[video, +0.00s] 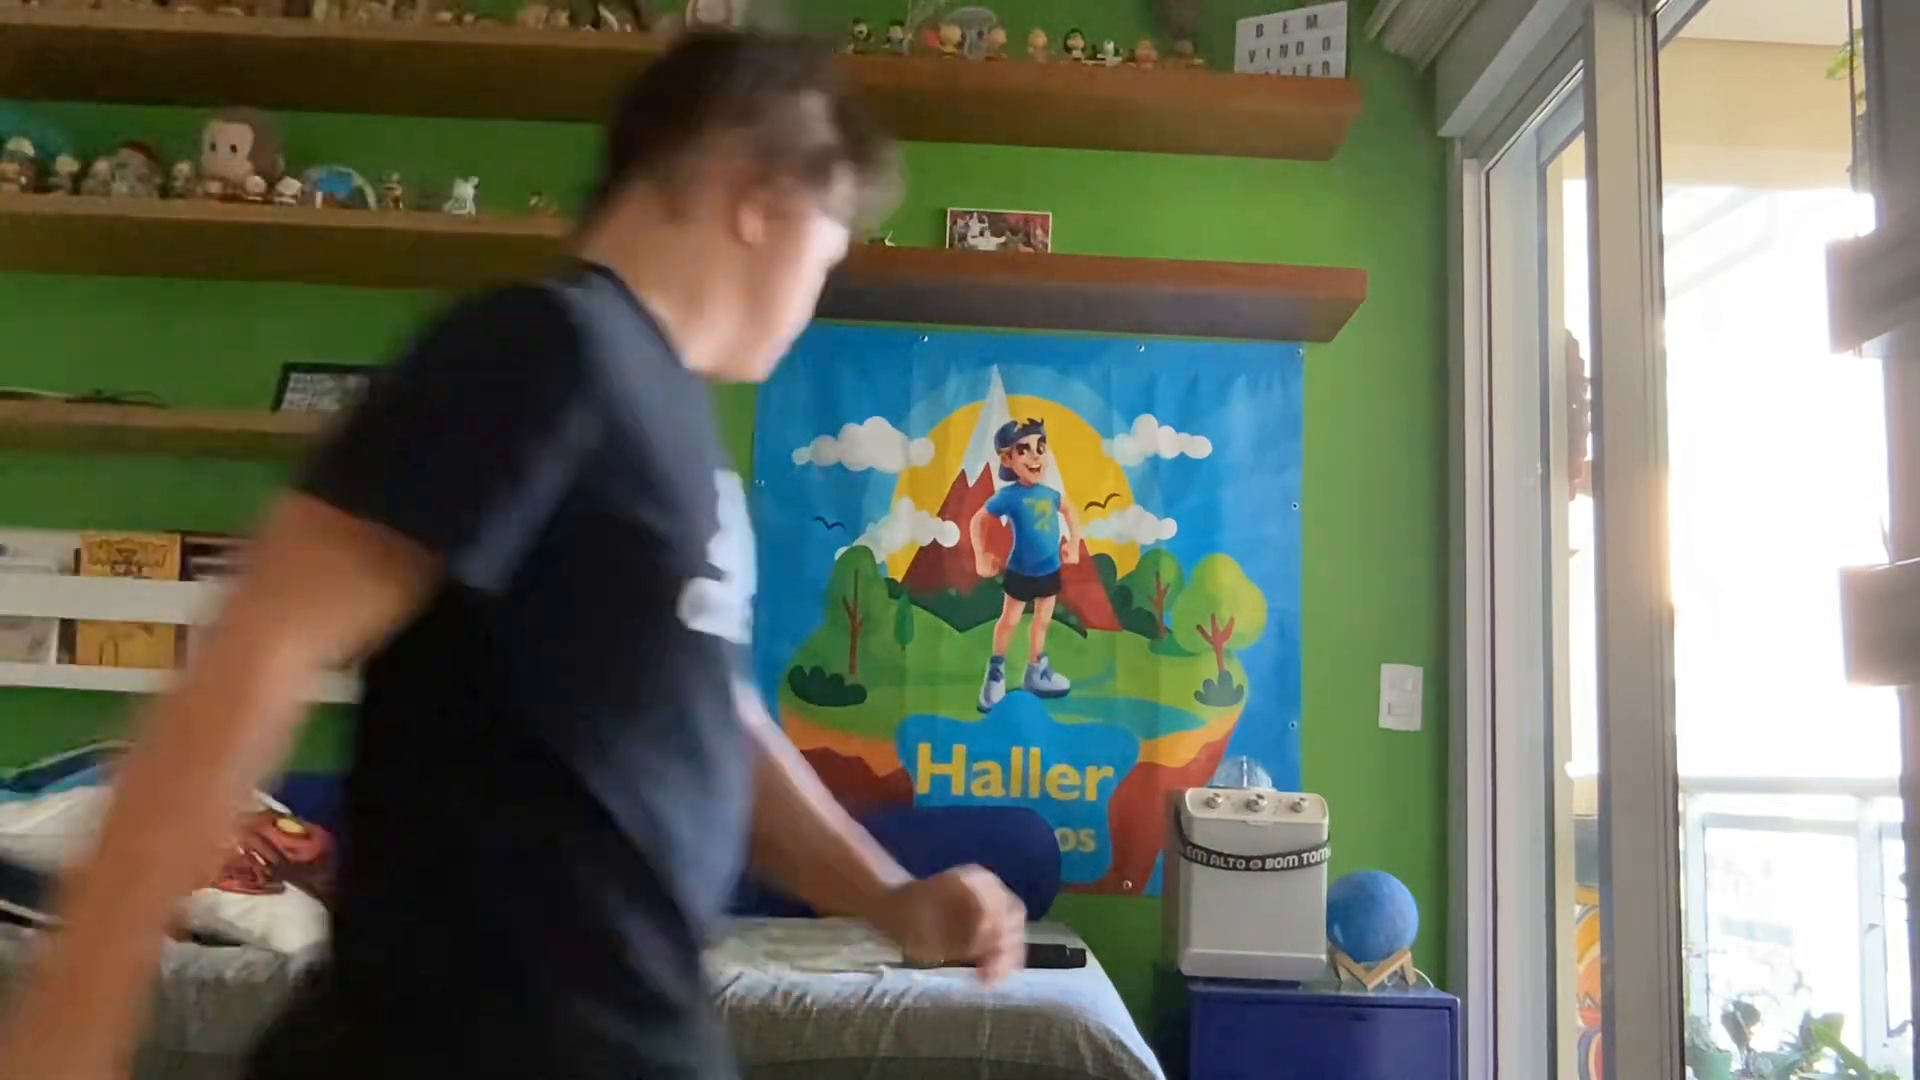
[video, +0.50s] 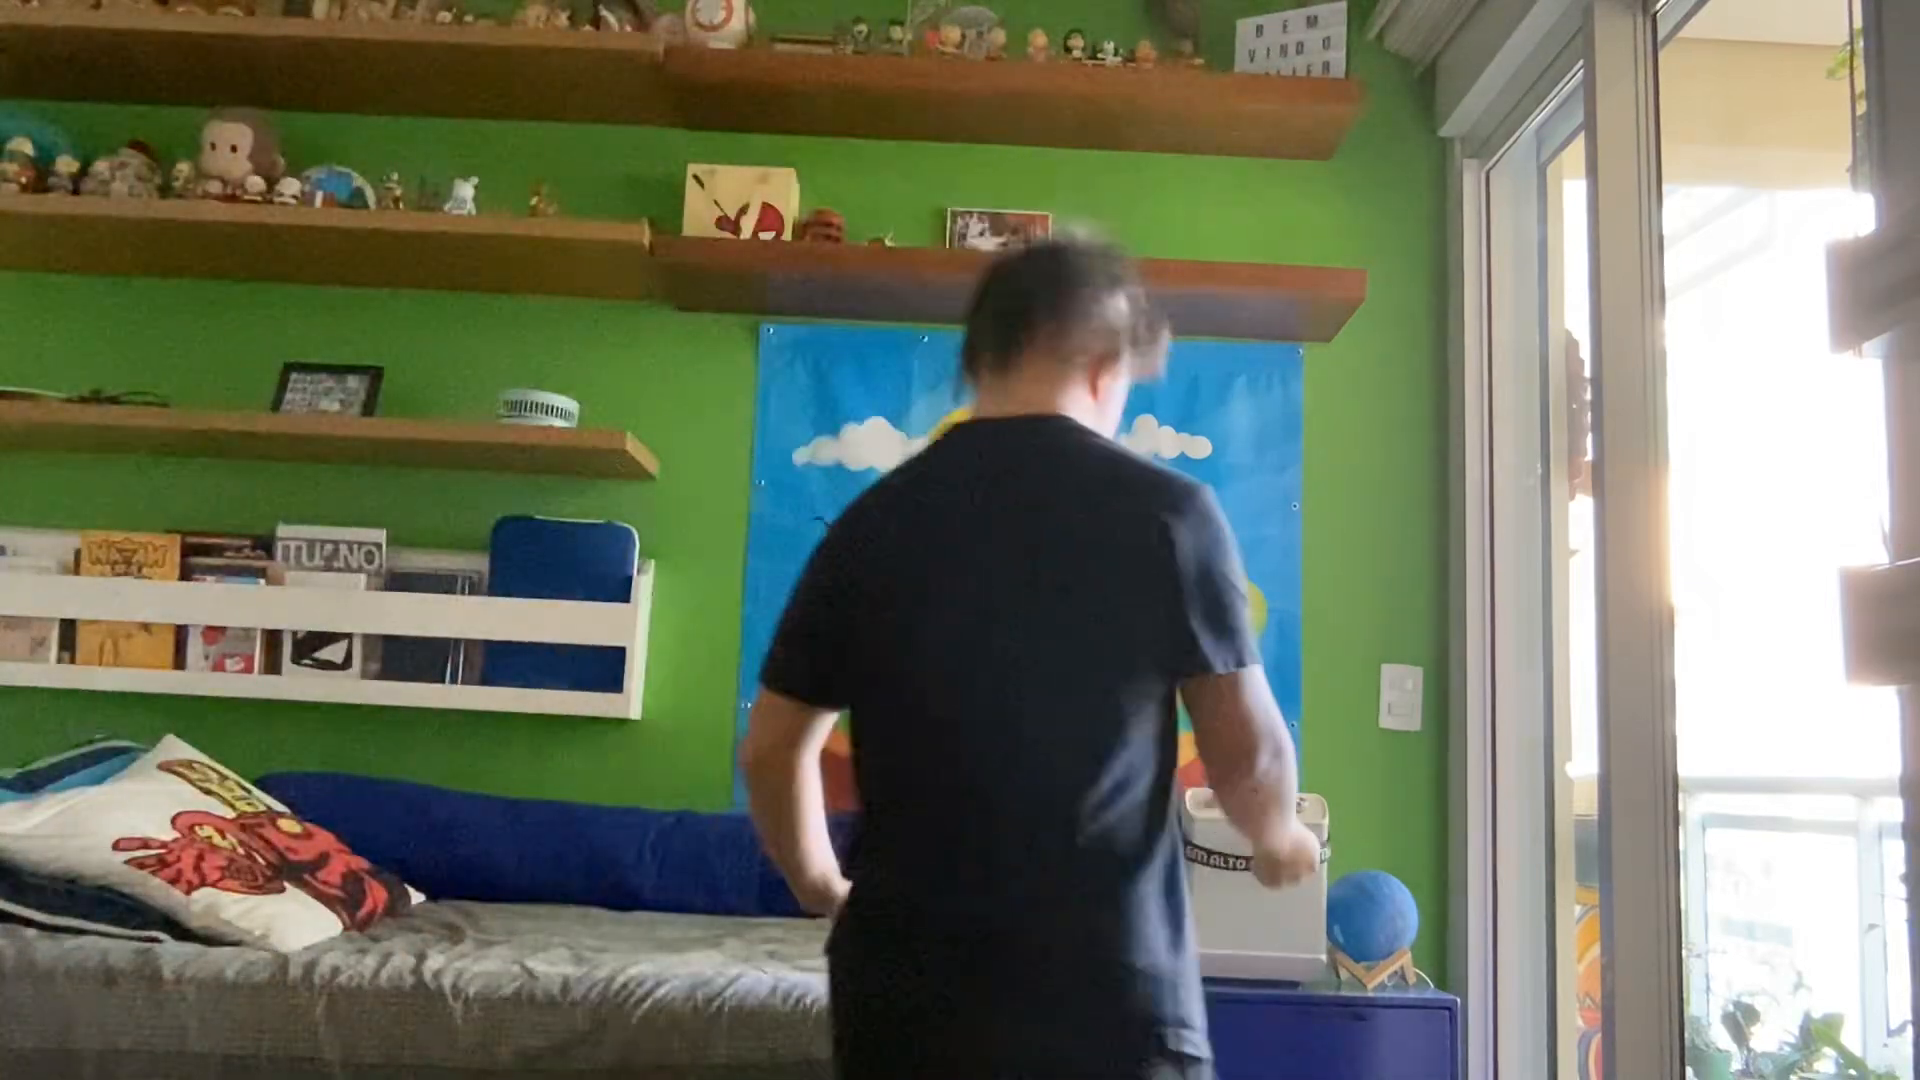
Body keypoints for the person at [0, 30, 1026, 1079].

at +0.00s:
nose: (821, 292)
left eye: (837, 256)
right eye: (832, 245)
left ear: (733, 202)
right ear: (751, 201)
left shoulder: (669, 414)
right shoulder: (551, 348)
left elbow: (706, 714)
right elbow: (255, 647)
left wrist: (888, 898)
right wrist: (74, 1014)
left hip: (616, 1025)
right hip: (485, 1029)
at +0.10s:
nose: (934, 312)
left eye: (948, 278)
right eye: (945, 270)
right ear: (887, 234)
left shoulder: (769, 398)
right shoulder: (740, 396)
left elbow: (785, 718)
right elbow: (562, 731)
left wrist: (951, 881)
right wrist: (474, 1055)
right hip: (706, 1020)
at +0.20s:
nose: (1014, 311)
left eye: (1028, 283)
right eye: (1028, 276)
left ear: (840, 237)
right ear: (987, 251)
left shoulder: (771, 391)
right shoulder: (921, 391)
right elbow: (856, 727)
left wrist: (917, 891)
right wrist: (906, 1047)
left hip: (647, 1000)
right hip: (777, 1024)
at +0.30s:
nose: (1050, 325)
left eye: (1059, 302)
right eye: (1058, 296)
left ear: (884, 266)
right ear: (1026, 273)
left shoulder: (773, 442)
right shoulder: (1022, 407)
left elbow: (729, 710)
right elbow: (1023, 709)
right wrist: (1128, 953)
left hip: (704, 970)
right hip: (889, 984)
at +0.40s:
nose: (1085, 367)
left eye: (1092, 346)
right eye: (1091, 344)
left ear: (934, 312)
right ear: (1065, 326)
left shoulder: (814, 494)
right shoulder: (1105, 455)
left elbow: (727, 722)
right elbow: (1181, 702)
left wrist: (800, 867)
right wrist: (1252, 873)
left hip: (824, 996)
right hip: (1027, 995)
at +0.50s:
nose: (1121, 416)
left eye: (1126, 394)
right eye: (1127, 391)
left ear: (977, 364)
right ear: (1102, 375)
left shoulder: (873, 520)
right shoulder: (1163, 513)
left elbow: (773, 750)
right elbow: (1247, 753)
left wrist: (820, 885)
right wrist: (1281, 843)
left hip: (903, 985)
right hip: (1100, 983)